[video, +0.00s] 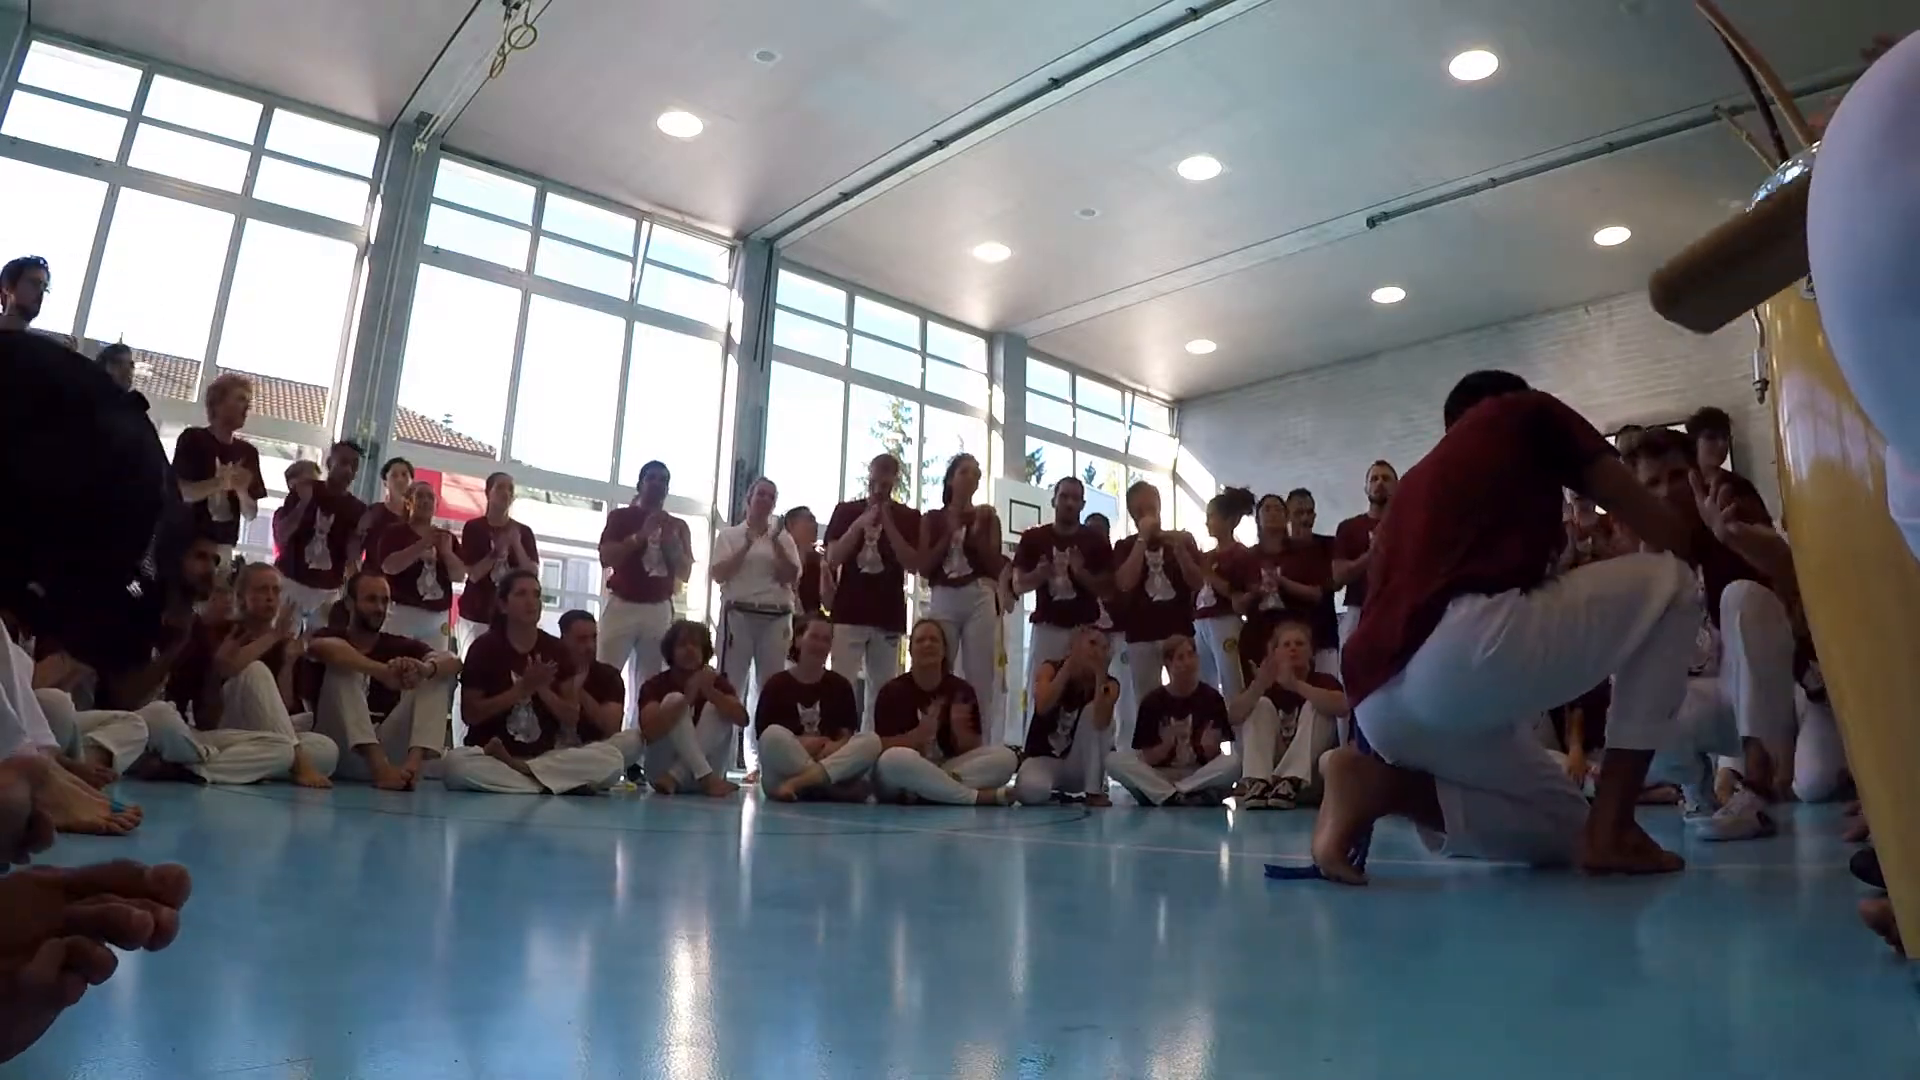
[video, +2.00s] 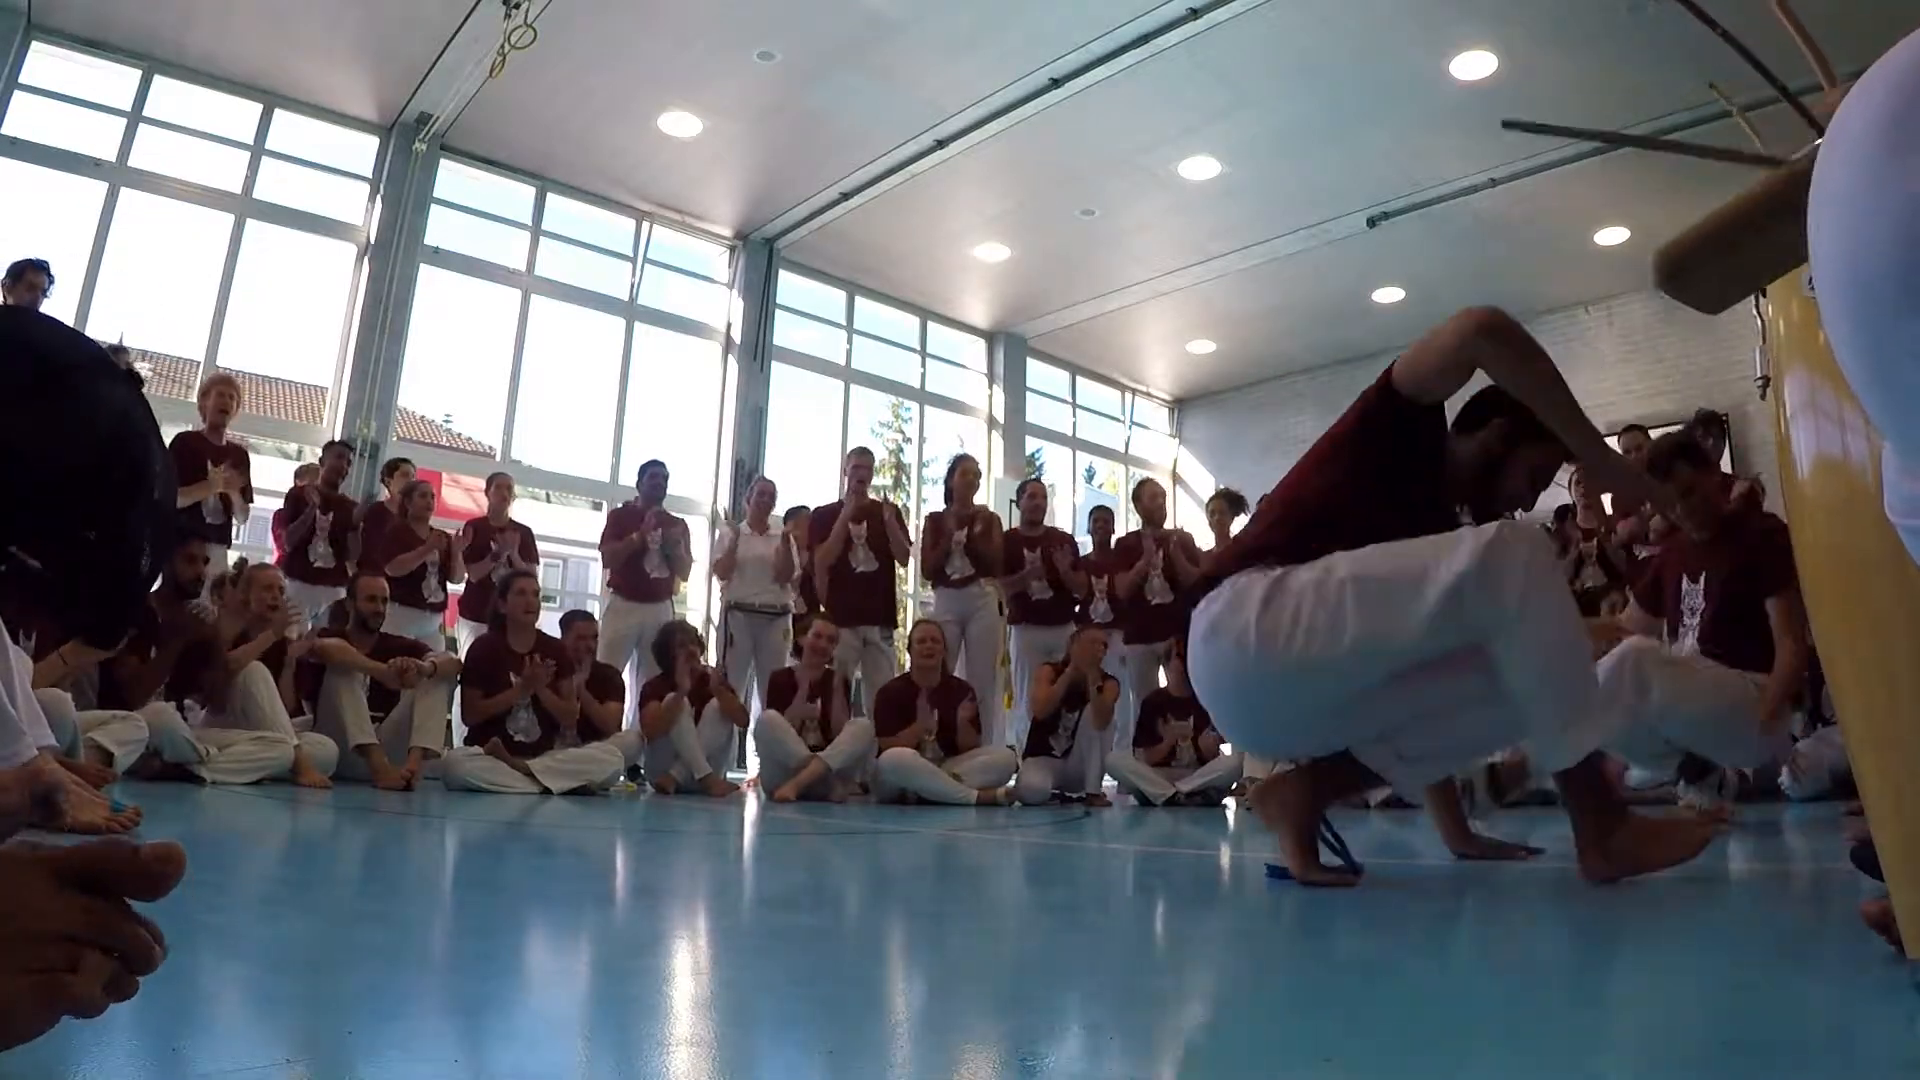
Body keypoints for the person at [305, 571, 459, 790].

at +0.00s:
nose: (380, 608)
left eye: (385, 601)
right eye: (371, 600)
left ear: (390, 603)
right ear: (350, 603)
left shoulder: (393, 643)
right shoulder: (329, 636)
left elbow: (454, 662)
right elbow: (319, 648)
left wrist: (426, 668)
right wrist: (382, 671)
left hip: (386, 752)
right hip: (336, 750)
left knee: (437, 672)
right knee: (342, 663)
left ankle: (414, 762)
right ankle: (379, 765)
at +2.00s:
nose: (380, 608)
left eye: (384, 601)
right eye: (371, 600)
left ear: (389, 604)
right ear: (351, 603)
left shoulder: (395, 644)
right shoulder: (327, 637)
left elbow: (454, 663)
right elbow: (325, 649)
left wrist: (426, 667)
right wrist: (382, 672)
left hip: (386, 752)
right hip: (336, 750)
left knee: (437, 673)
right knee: (343, 664)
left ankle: (414, 764)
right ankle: (379, 766)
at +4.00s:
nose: (379, 609)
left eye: (383, 601)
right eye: (370, 601)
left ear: (389, 603)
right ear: (350, 603)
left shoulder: (393, 643)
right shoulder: (329, 637)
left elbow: (454, 662)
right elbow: (317, 649)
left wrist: (426, 667)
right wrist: (382, 671)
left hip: (388, 750)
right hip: (338, 750)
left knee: (438, 673)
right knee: (342, 660)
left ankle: (416, 761)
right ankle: (378, 764)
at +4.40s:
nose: (379, 609)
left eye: (384, 601)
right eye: (370, 601)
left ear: (389, 603)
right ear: (351, 603)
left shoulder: (393, 643)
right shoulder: (329, 637)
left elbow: (454, 662)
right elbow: (316, 649)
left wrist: (427, 666)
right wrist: (382, 672)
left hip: (387, 750)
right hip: (338, 750)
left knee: (438, 674)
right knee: (342, 661)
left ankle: (415, 763)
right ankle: (377, 764)